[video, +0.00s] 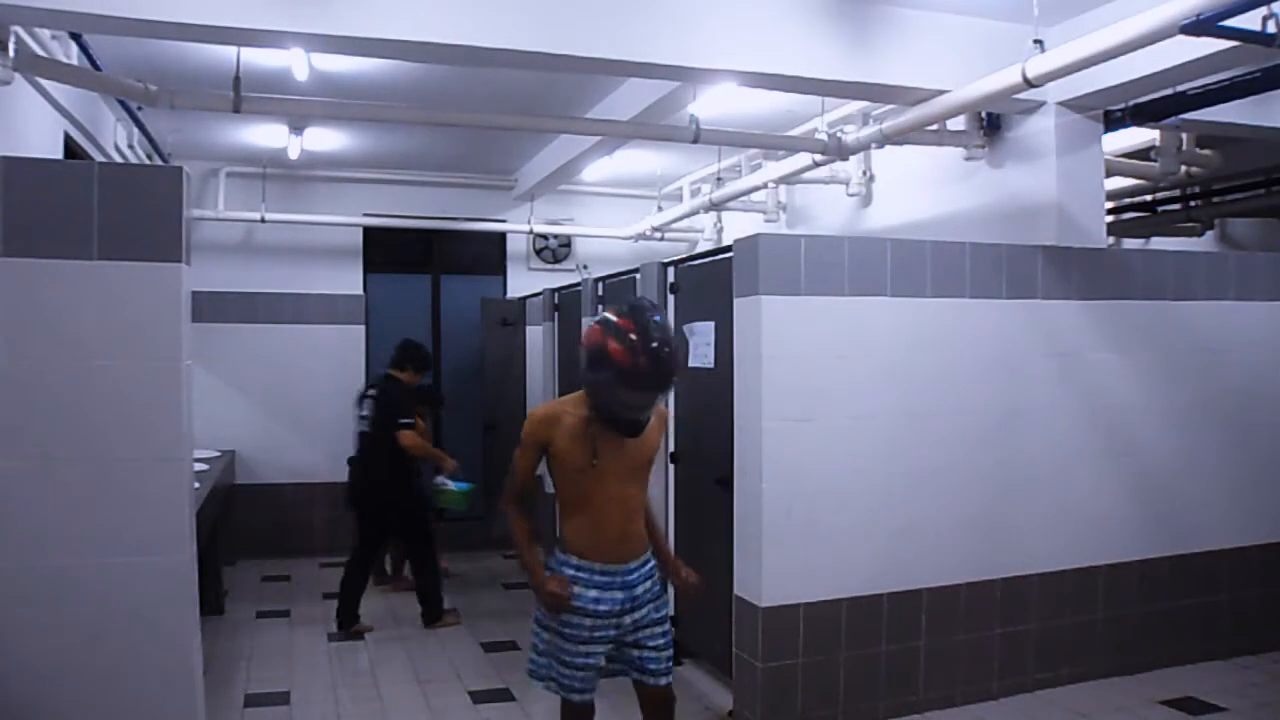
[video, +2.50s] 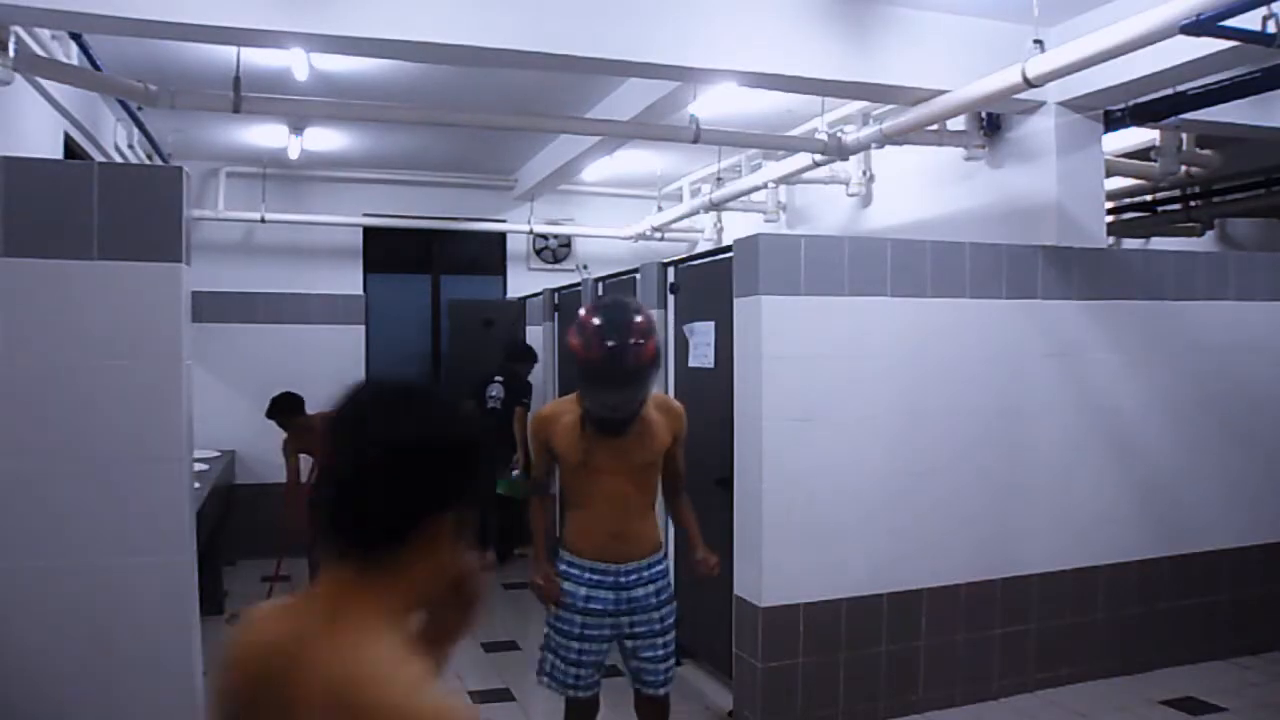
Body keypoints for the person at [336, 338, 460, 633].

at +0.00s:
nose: (420, 381)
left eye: (421, 375)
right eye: (420, 375)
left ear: (395, 364)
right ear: (411, 370)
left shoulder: (370, 390)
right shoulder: (401, 394)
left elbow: (373, 437)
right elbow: (407, 439)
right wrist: (441, 458)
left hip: (368, 481)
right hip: (398, 484)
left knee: (366, 549)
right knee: (421, 544)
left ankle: (347, 619)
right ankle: (433, 612)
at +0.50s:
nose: (473, 371)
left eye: (472, 366)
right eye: (473, 366)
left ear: (443, 362)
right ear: (469, 366)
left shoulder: (422, 392)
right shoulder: (469, 394)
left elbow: (405, 433)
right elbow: (484, 435)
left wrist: (399, 470)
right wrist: (504, 471)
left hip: (430, 476)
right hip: (460, 477)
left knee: (455, 540)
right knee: (450, 542)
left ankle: (479, 594)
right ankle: (434, 611)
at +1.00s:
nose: (501, 366)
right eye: (500, 361)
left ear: (474, 360)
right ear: (500, 362)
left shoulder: (457, 388)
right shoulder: (499, 390)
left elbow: (448, 423)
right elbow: (506, 428)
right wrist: (522, 463)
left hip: (465, 469)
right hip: (496, 468)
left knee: (471, 530)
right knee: (508, 520)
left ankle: (478, 593)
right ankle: (516, 577)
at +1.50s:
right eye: (512, 360)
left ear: (489, 358)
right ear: (515, 361)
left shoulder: (472, 384)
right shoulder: (521, 389)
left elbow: (457, 414)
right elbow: (526, 424)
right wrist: (533, 453)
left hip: (478, 462)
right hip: (510, 463)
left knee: (479, 515)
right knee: (511, 518)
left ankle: (483, 570)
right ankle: (511, 577)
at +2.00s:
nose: (505, 362)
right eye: (505, 358)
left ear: (481, 356)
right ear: (504, 358)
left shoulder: (464, 381)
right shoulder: (507, 382)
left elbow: (453, 413)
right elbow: (511, 414)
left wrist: (463, 434)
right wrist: (521, 444)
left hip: (470, 451)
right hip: (498, 451)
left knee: (473, 504)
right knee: (500, 500)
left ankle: (478, 561)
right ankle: (498, 550)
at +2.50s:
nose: (531, 369)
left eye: (532, 364)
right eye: (530, 364)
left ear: (508, 360)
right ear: (523, 363)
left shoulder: (490, 379)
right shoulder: (522, 385)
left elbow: (478, 410)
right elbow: (519, 416)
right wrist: (520, 450)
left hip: (487, 446)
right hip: (508, 448)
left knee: (488, 497)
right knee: (508, 500)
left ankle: (483, 545)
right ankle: (504, 549)